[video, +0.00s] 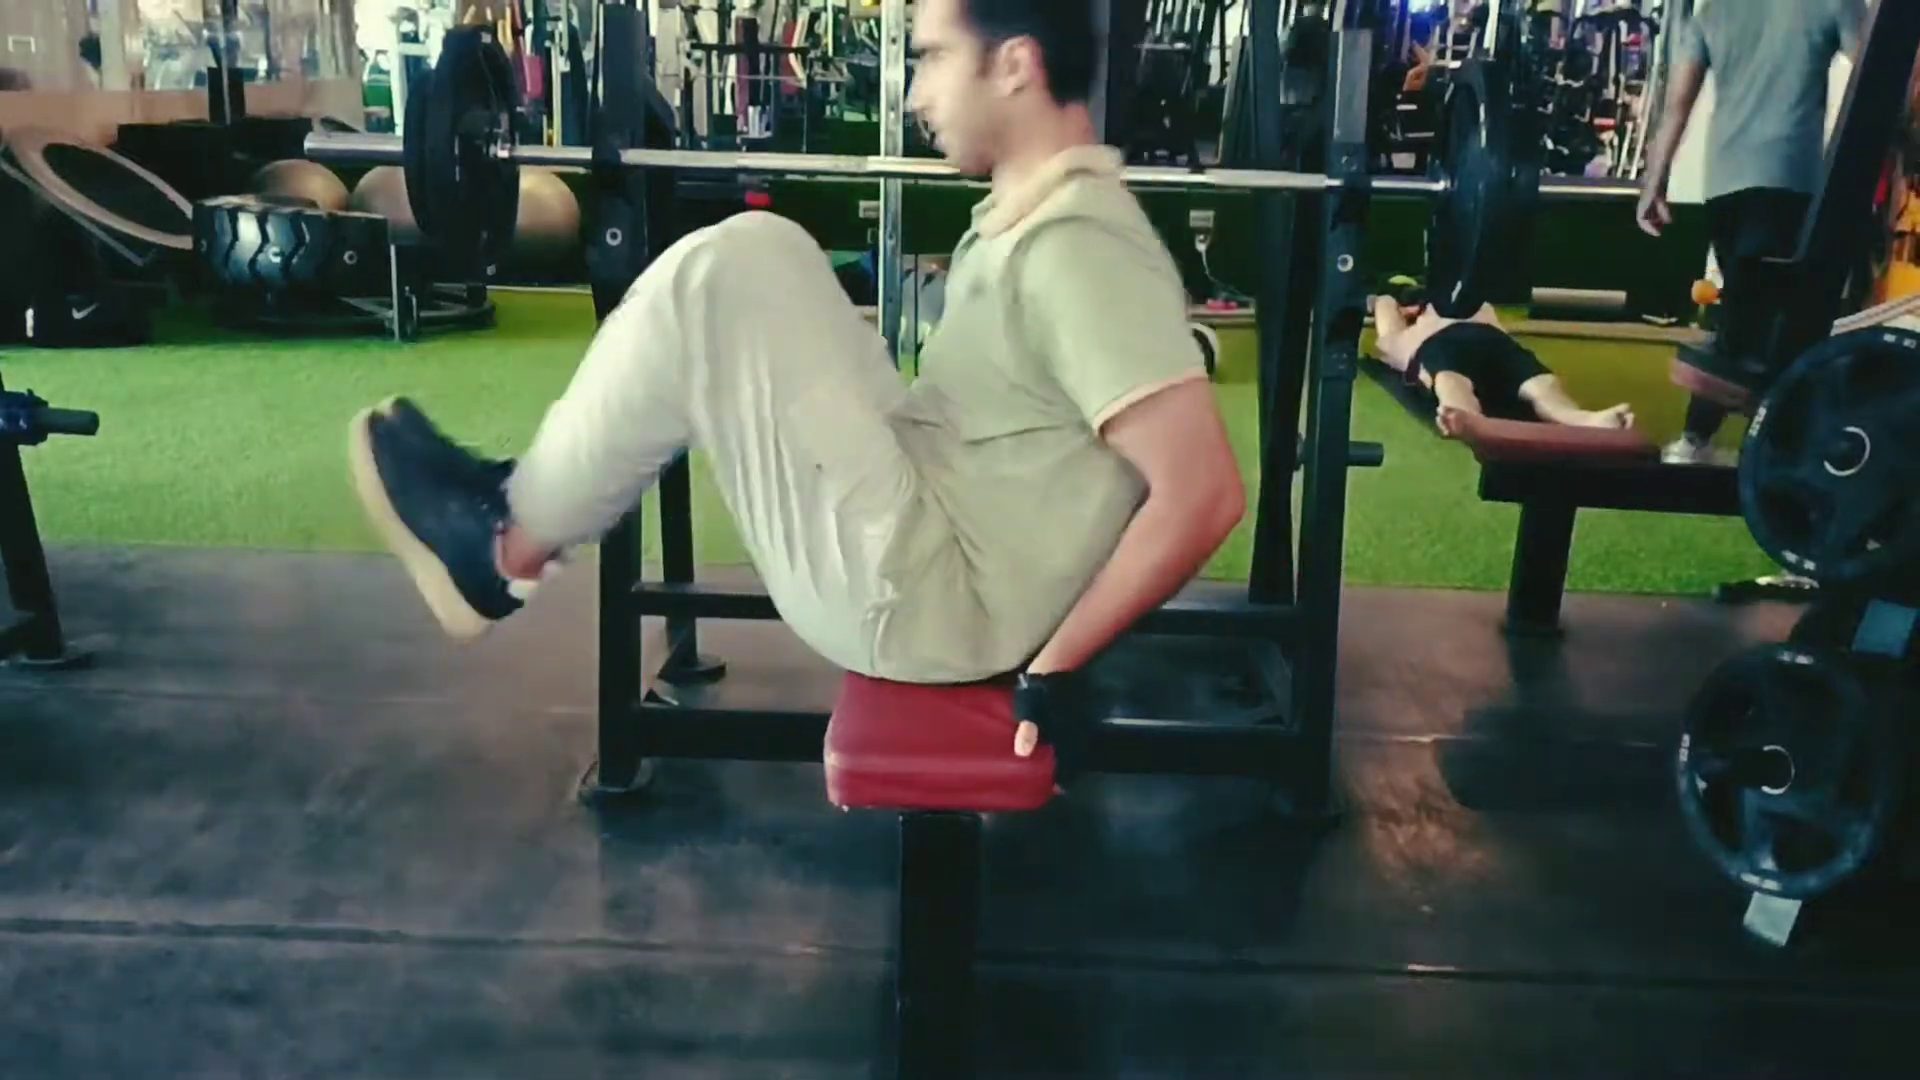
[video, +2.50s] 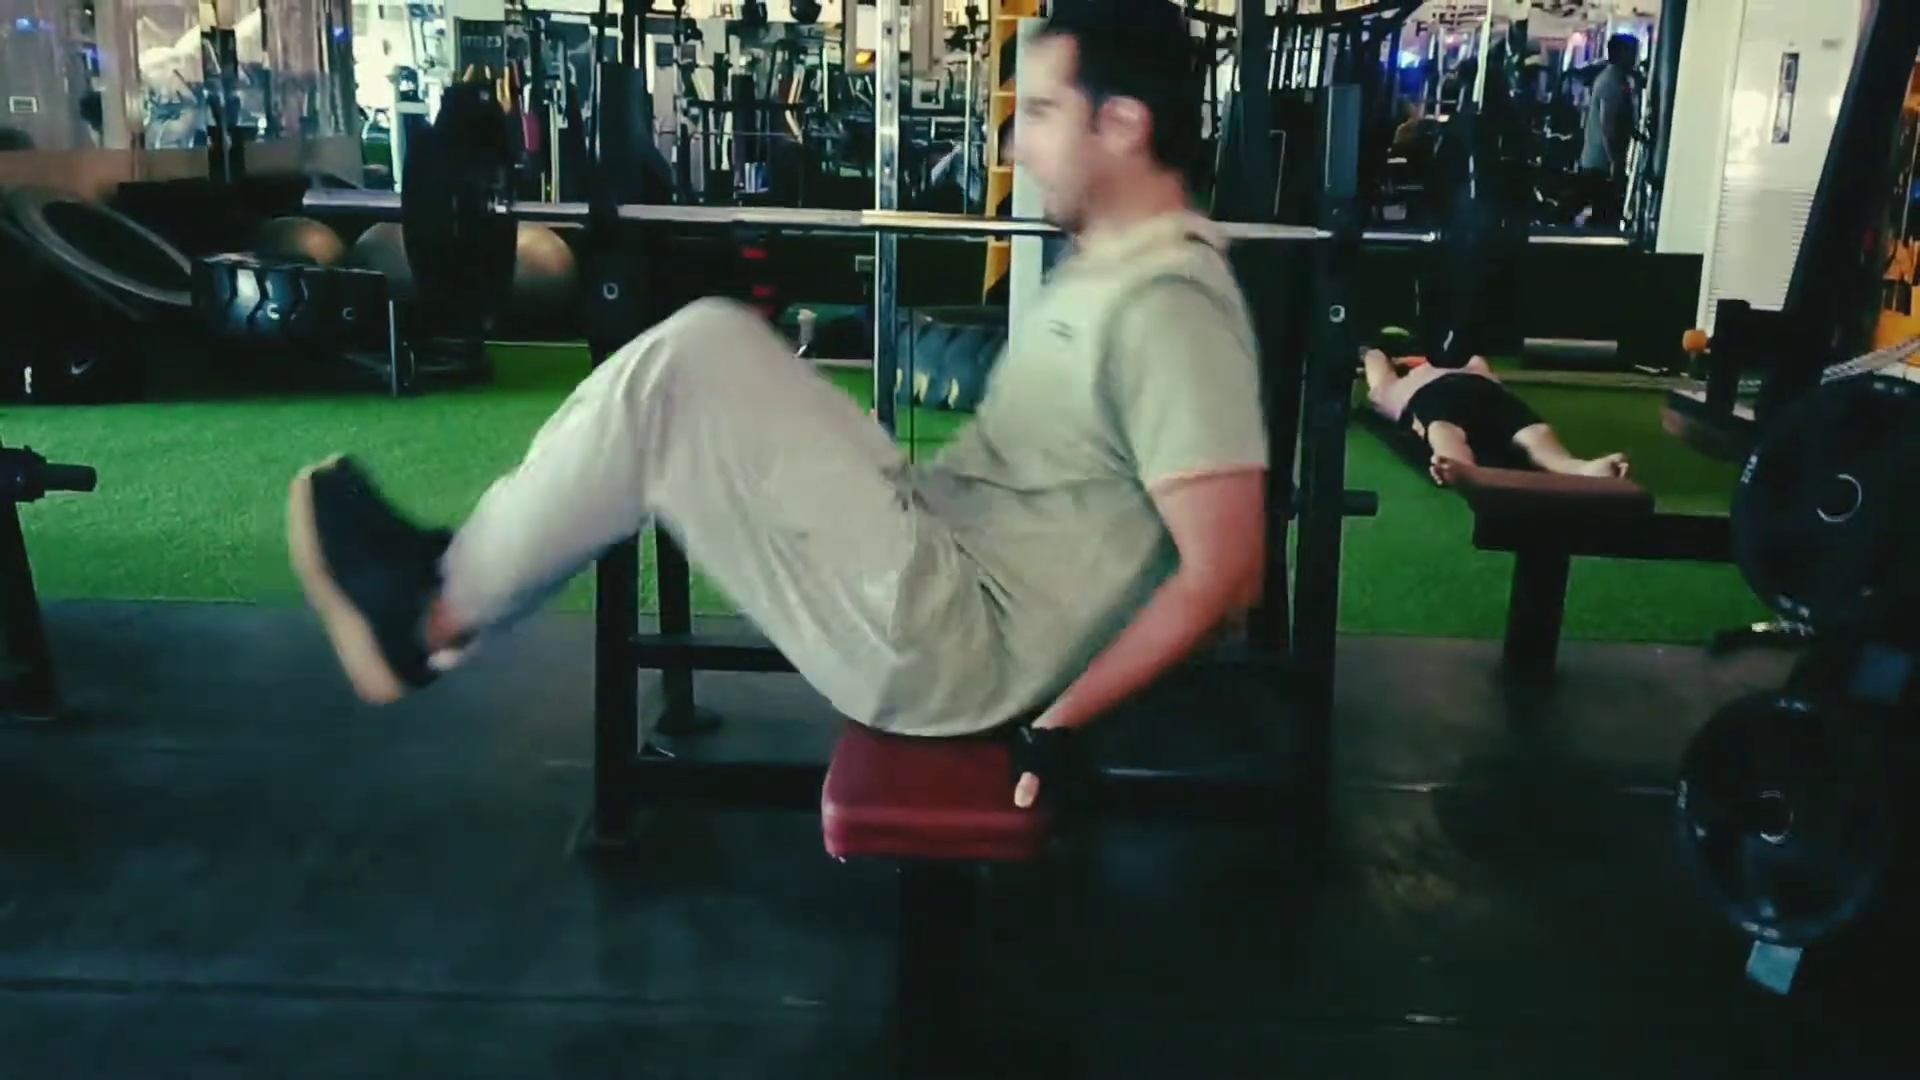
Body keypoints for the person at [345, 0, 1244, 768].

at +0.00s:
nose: (915, 91)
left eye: (930, 59)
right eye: (916, 62)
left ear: (1016, 67)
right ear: (1015, 71)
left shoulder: (1077, 238)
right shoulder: (1034, 219)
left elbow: (1201, 493)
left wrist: (1041, 675)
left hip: (938, 602)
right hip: (925, 568)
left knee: (737, 263)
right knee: (748, 253)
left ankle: (510, 544)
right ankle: (520, 528)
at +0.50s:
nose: (1164, 169)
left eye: (1190, 143)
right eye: (1170, 142)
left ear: (1280, 165)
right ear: (1261, 168)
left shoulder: (1269, 335)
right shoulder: (1212, 300)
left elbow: (1275, 602)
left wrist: (1068, 686)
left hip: (935, 590)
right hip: (908, 523)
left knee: (575, 535)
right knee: (589, 494)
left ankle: (272, 743)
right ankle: (303, 702)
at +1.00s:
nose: (930, 125)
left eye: (943, 91)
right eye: (926, 93)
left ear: (1030, 86)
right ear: (1023, 91)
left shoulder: (1087, 251)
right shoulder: (1045, 235)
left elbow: (1209, 510)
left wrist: (1040, 684)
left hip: (935, 615)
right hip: (920, 576)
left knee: (709, 291)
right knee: (721, 288)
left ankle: (490, 592)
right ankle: (497, 588)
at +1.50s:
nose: (1087, 139)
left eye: (1110, 111)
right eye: (1088, 112)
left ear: (1204, 122)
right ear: (1177, 125)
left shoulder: (1219, 288)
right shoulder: (1164, 262)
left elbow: (1257, 568)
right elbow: (1173, 509)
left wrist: (1065, 675)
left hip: (951, 600)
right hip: (924, 539)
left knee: (601, 443)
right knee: (613, 422)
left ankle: (322, 689)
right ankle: (357, 636)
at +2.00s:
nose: (1084, 165)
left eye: (1107, 137)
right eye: (1088, 137)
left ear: (1197, 150)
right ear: (1176, 152)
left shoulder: (1216, 324)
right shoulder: (1159, 294)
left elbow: (1255, 598)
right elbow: (1077, 488)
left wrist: (1058, 716)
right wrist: (909, 493)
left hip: (956, 639)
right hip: (937, 585)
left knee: (634, 410)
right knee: (651, 390)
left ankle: (350, 660)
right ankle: (371, 633)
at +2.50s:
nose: (1014, 142)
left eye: (1036, 113)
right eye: (1016, 112)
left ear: (1125, 128)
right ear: (1110, 129)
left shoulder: (1172, 303)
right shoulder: (1103, 267)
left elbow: (1225, 572)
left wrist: (1047, 736)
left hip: (957, 642)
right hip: (935, 570)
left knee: (697, 356)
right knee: (703, 346)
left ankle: (427, 624)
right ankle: (448, 584)